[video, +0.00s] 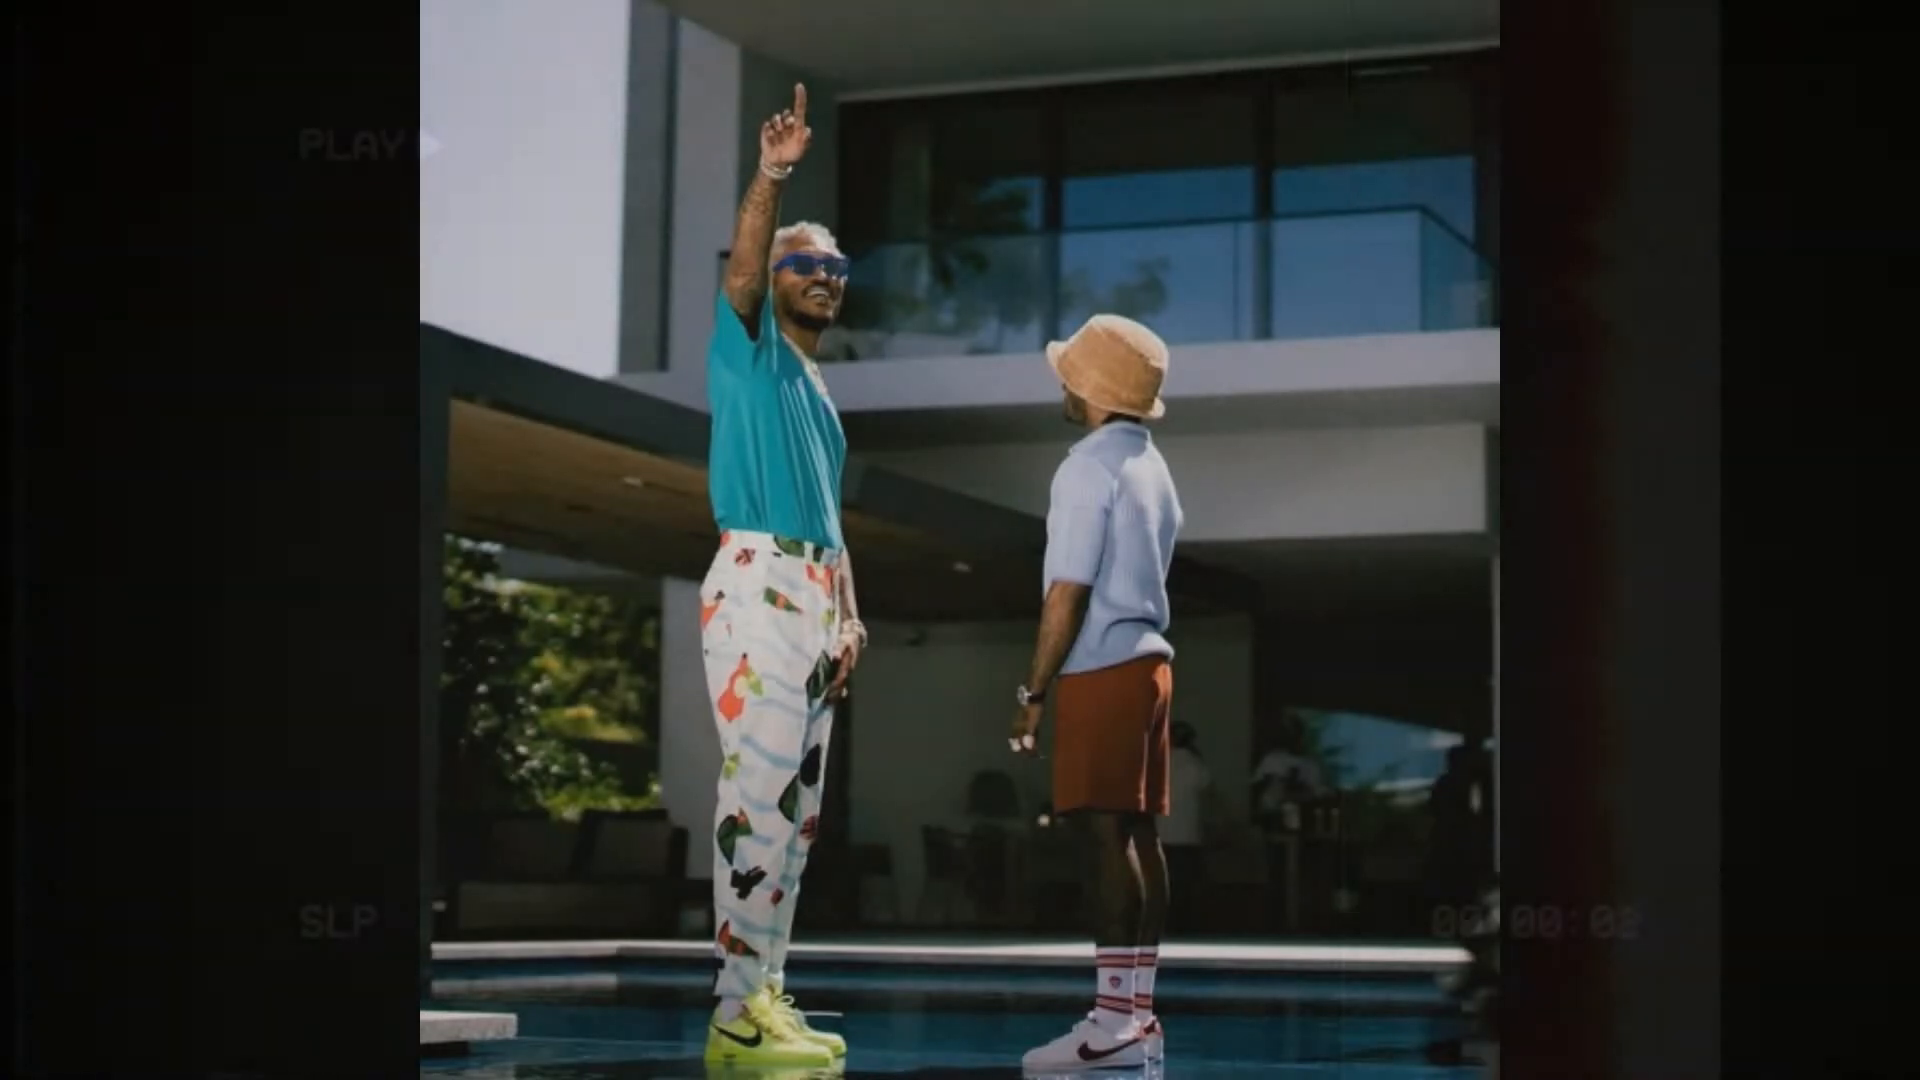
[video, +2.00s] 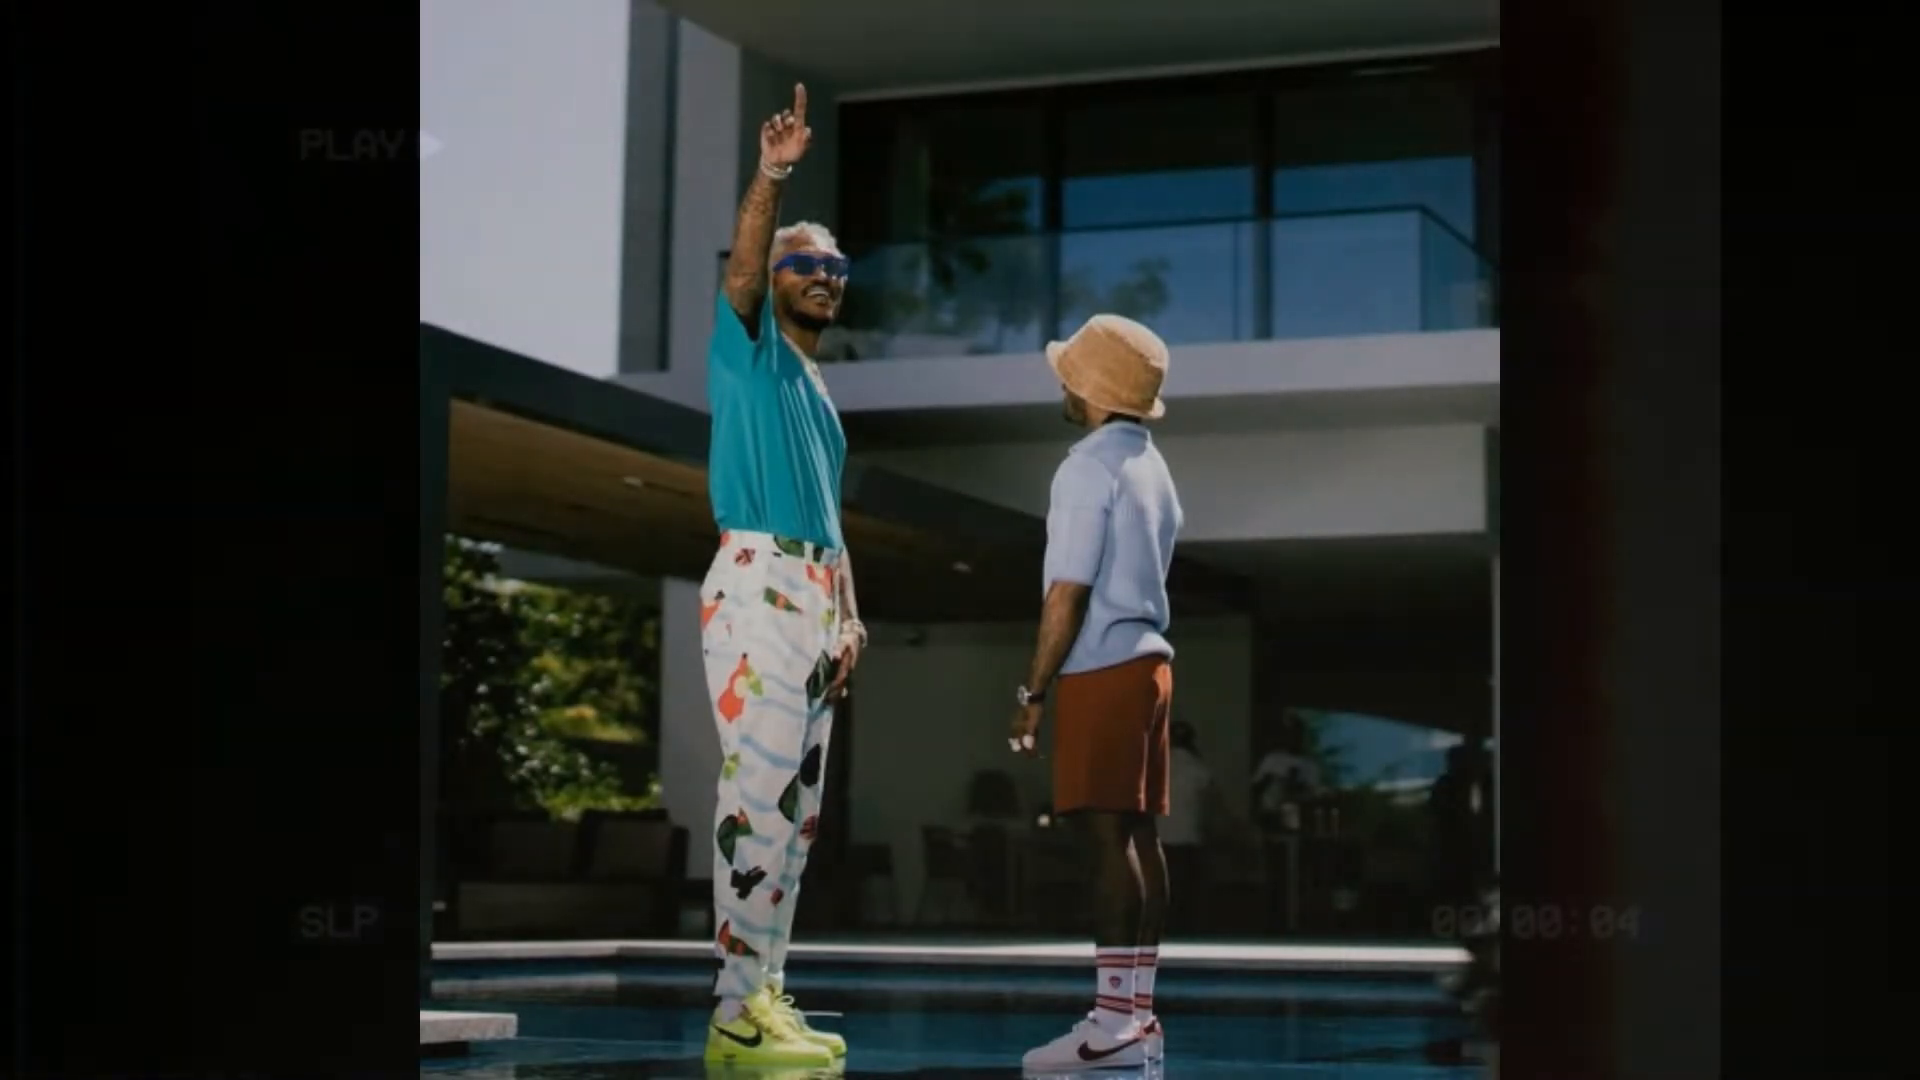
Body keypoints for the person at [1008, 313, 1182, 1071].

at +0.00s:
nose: (1064, 388)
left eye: (1072, 378)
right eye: (1069, 376)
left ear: (1090, 391)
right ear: (1132, 394)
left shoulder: (1088, 468)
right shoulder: (1148, 463)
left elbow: (1067, 595)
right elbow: (1147, 579)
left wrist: (1032, 691)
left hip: (1104, 669)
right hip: (1147, 665)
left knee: (1105, 837)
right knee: (1140, 837)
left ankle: (1116, 1014)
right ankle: (1135, 1012)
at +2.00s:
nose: (1064, 388)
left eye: (1072, 379)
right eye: (1069, 377)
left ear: (1090, 391)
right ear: (1132, 394)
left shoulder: (1087, 469)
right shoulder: (1148, 463)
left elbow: (1067, 596)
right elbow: (1147, 579)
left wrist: (1031, 691)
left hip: (1104, 669)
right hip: (1147, 665)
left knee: (1107, 838)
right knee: (1139, 837)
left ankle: (1116, 1015)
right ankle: (1135, 1011)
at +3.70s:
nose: (1064, 388)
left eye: (1072, 379)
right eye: (1069, 377)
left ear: (1091, 391)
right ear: (1131, 394)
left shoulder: (1088, 468)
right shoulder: (1148, 463)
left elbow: (1066, 596)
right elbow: (1148, 576)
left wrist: (1031, 692)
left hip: (1104, 669)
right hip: (1146, 666)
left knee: (1107, 838)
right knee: (1140, 837)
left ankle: (1116, 1014)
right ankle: (1135, 1011)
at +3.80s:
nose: (1064, 388)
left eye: (1071, 378)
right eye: (1069, 377)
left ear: (1090, 391)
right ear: (1131, 394)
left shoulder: (1088, 468)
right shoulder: (1148, 463)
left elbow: (1067, 595)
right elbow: (1146, 578)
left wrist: (1031, 691)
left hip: (1104, 670)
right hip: (1146, 666)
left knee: (1107, 837)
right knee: (1140, 838)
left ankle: (1116, 1015)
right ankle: (1135, 1011)